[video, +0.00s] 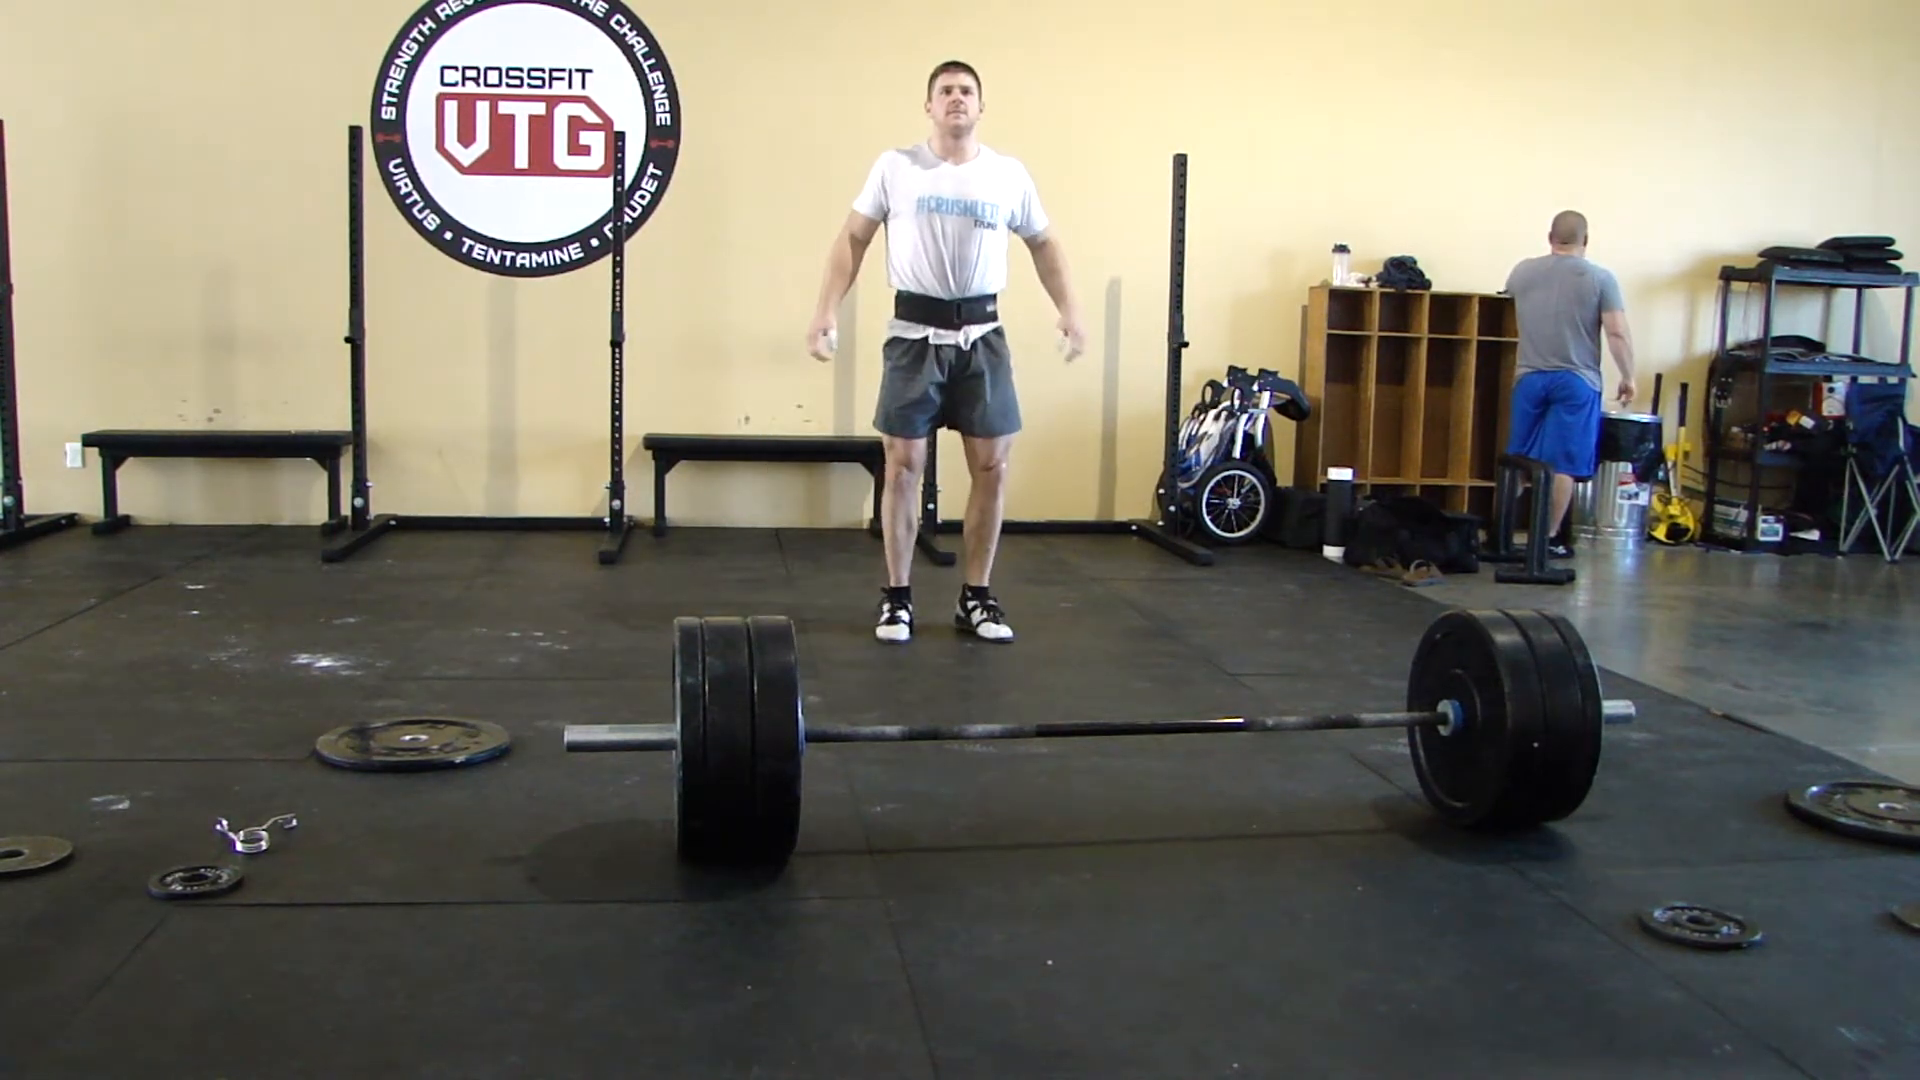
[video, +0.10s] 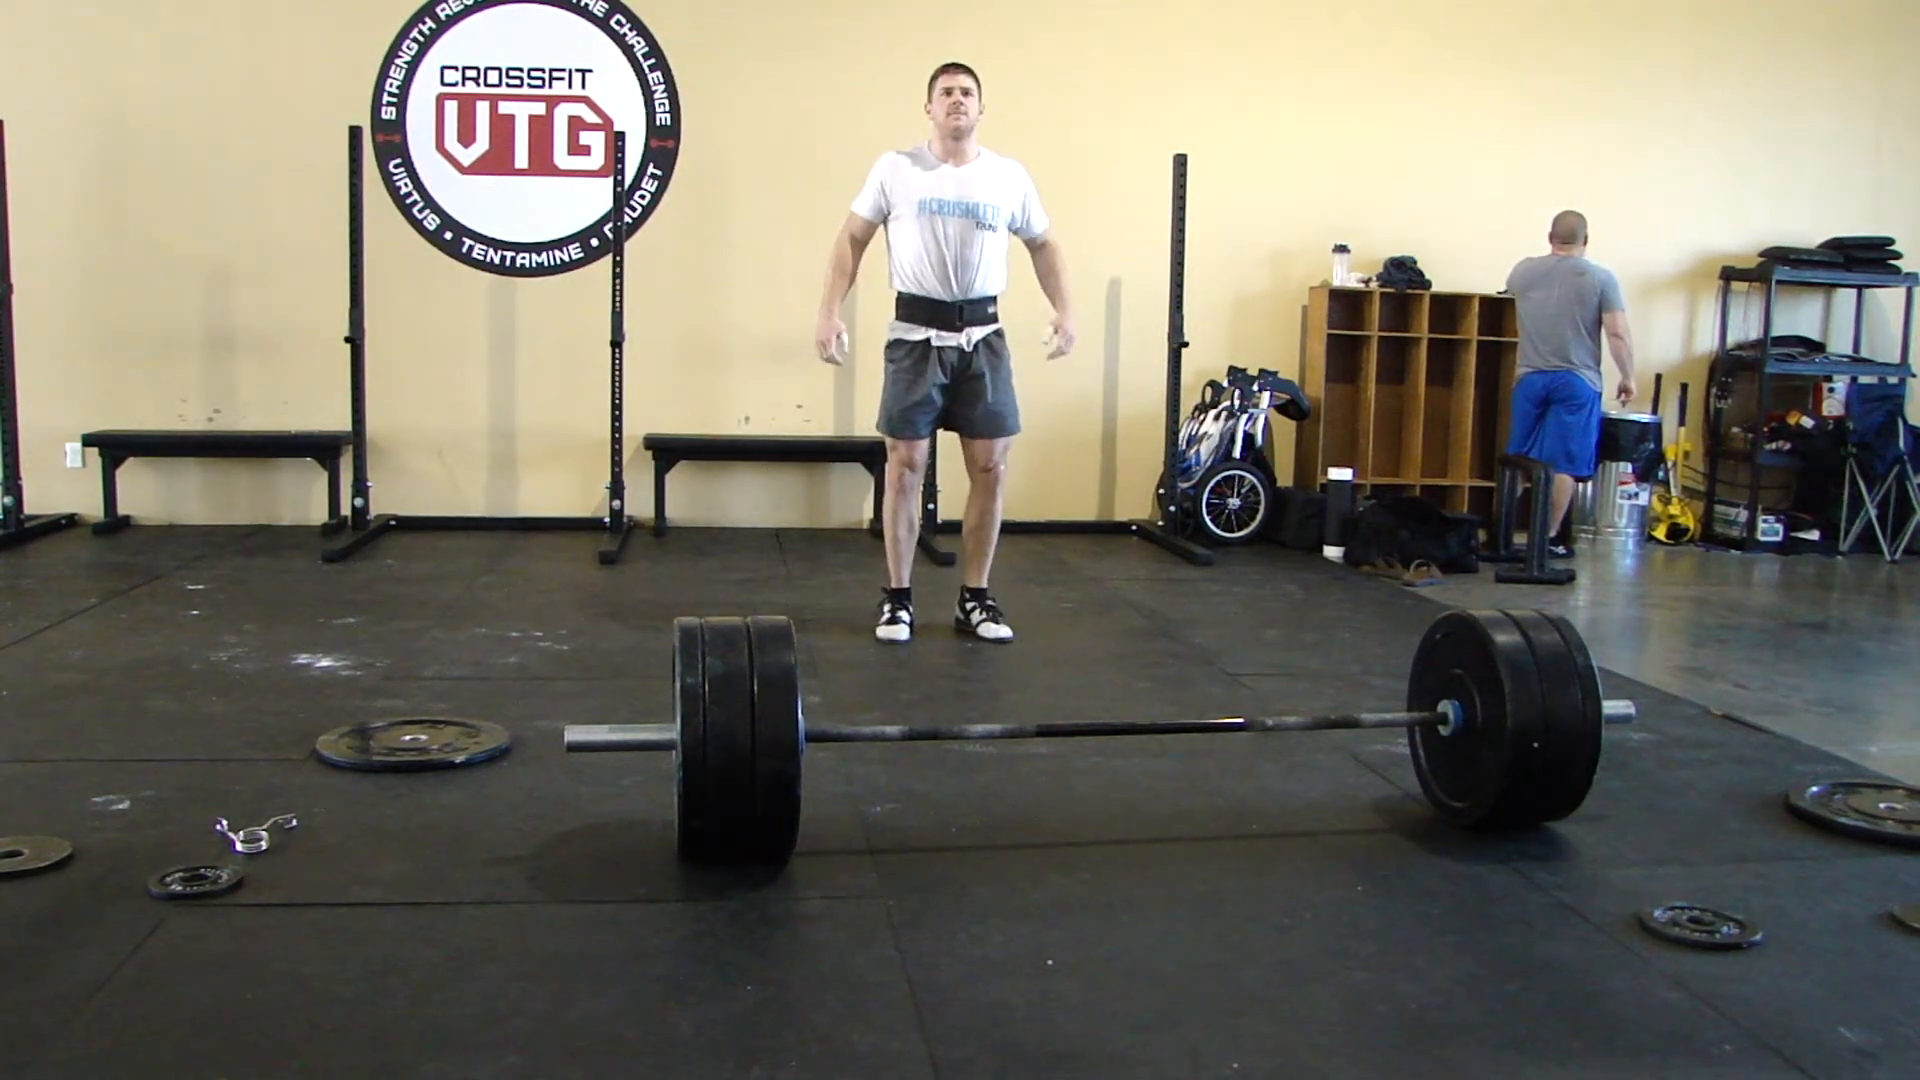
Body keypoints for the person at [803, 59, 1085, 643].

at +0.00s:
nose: (957, 98)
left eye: (966, 91)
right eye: (947, 91)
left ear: (981, 107)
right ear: (928, 106)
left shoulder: (1009, 174)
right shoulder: (895, 168)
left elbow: (1044, 244)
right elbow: (852, 240)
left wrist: (1069, 310)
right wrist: (825, 309)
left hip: (982, 341)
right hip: (913, 340)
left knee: (991, 468)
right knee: (902, 465)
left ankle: (977, 597)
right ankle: (897, 598)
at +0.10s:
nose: (957, 100)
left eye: (966, 93)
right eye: (947, 93)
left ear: (981, 109)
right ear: (928, 108)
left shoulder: (1009, 176)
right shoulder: (895, 170)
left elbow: (1043, 245)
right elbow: (852, 240)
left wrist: (1064, 311)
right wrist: (829, 311)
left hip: (983, 342)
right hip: (915, 340)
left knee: (990, 469)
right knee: (905, 464)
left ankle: (976, 598)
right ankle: (897, 598)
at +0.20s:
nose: (957, 100)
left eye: (966, 93)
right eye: (947, 93)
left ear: (981, 110)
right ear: (928, 110)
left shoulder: (1007, 181)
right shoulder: (895, 175)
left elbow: (1037, 252)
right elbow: (856, 246)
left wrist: (1059, 319)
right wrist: (832, 320)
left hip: (983, 343)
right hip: (915, 342)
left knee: (988, 468)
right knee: (905, 466)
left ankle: (975, 598)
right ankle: (897, 599)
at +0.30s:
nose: (957, 97)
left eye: (967, 90)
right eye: (947, 90)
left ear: (981, 107)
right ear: (928, 107)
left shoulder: (1006, 177)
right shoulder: (894, 171)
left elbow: (1035, 250)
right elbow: (857, 245)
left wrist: (1054, 317)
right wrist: (840, 315)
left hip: (982, 340)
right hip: (916, 338)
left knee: (983, 466)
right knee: (907, 463)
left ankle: (974, 599)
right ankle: (897, 598)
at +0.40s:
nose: (956, 99)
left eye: (966, 92)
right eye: (946, 91)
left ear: (980, 108)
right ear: (927, 107)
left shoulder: (1006, 179)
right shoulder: (894, 174)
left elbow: (1037, 251)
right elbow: (856, 247)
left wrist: (1054, 319)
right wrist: (842, 318)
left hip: (982, 343)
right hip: (914, 341)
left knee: (983, 468)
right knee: (907, 465)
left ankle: (974, 599)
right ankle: (897, 598)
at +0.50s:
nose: (955, 99)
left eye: (965, 92)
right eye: (945, 92)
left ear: (979, 107)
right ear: (926, 106)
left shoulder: (1004, 176)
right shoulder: (893, 172)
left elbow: (1036, 248)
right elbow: (855, 245)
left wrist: (1055, 317)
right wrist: (842, 317)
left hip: (981, 341)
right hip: (913, 339)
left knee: (983, 468)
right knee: (906, 464)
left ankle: (974, 599)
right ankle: (897, 598)